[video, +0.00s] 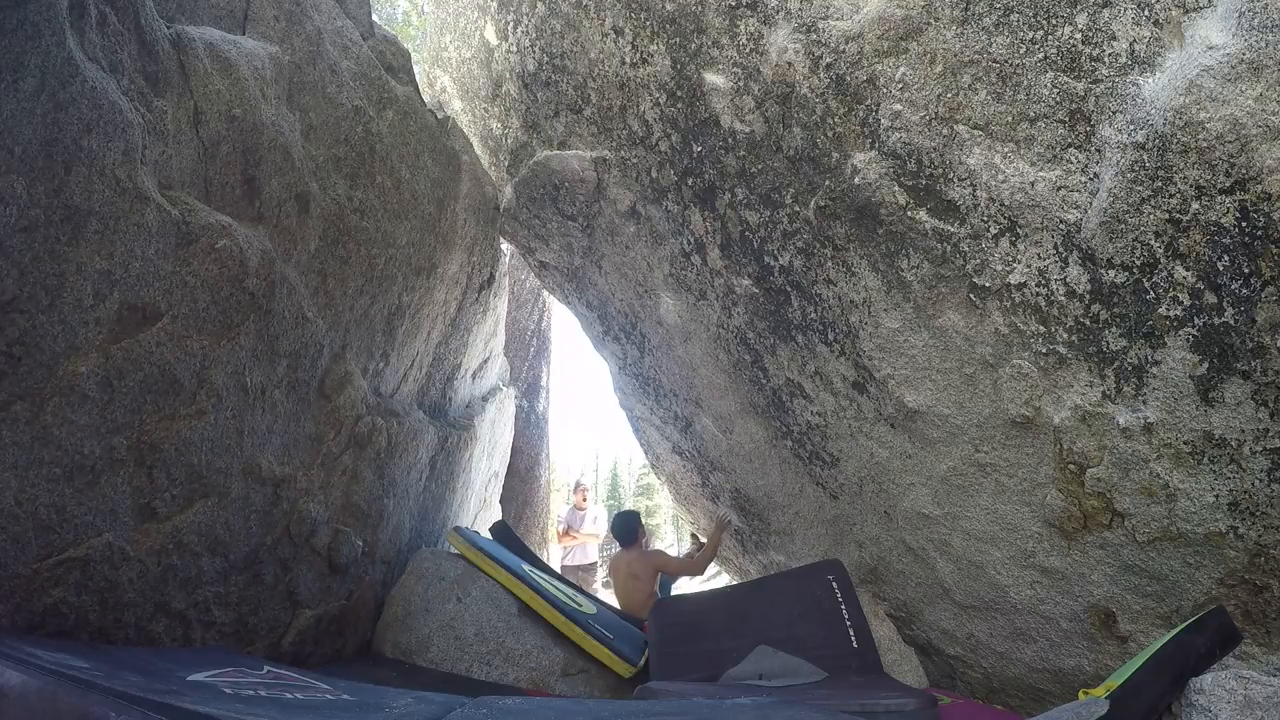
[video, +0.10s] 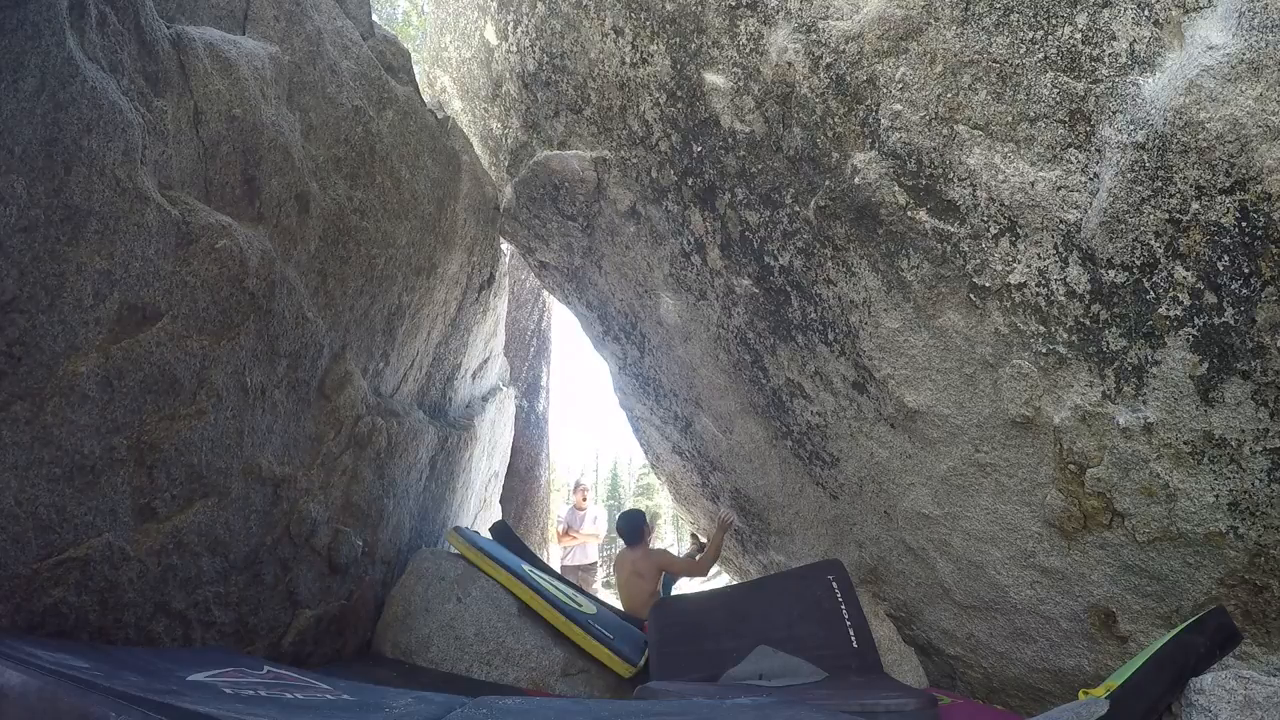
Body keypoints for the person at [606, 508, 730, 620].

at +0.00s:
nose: (645, 530)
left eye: (642, 527)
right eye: (643, 527)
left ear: (617, 537)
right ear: (640, 533)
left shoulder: (615, 561)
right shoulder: (651, 558)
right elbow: (697, 568)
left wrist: (689, 556)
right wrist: (717, 532)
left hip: (630, 622)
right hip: (653, 624)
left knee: (664, 577)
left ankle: (692, 552)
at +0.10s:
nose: (650, 525)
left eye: (647, 522)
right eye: (647, 523)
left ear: (622, 534)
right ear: (645, 529)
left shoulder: (621, 557)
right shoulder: (656, 557)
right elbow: (702, 569)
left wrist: (691, 555)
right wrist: (720, 532)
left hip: (630, 620)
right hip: (652, 624)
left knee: (668, 575)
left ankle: (692, 552)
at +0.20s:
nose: (652, 524)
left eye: (651, 521)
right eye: (651, 522)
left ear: (627, 533)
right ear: (649, 528)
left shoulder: (624, 556)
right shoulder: (660, 556)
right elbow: (704, 571)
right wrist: (721, 533)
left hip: (633, 620)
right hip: (655, 623)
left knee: (670, 574)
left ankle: (693, 551)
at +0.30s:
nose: (656, 523)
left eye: (655, 521)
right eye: (654, 521)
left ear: (631, 533)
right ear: (652, 528)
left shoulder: (628, 554)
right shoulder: (663, 555)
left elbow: (654, 533)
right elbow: (706, 572)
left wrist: (661, 510)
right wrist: (721, 533)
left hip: (634, 620)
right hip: (655, 623)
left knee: (670, 573)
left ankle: (693, 551)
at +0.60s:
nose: (666, 527)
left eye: (665, 524)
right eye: (665, 524)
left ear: (640, 531)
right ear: (660, 529)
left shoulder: (632, 553)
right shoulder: (665, 556)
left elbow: (663, 529)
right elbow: (709, 572)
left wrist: (669, 506)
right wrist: (722, 533)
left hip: (636, 622)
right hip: (656, 624)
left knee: (671, 575)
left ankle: (694, 550)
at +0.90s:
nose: (672, 541)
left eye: (673, 536)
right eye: (671, 535)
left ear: (647, 531)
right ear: (662, 532)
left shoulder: (633, 552)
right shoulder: (662, 557)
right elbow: (708, 572)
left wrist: (671, 505)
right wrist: (722, 533)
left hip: (636, 620)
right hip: (654, 624)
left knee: (671, 574)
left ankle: (695, 550)